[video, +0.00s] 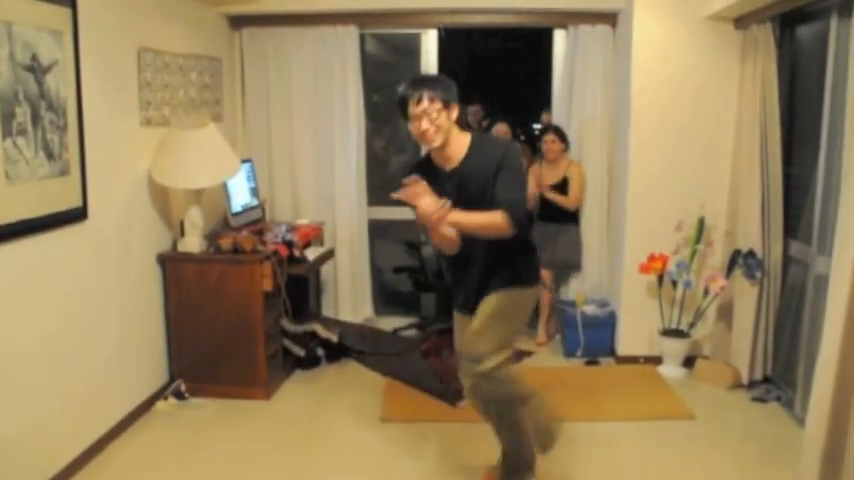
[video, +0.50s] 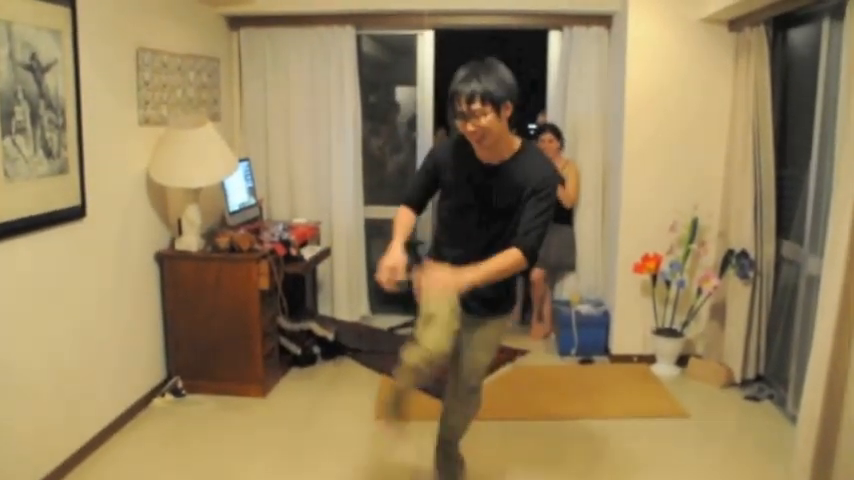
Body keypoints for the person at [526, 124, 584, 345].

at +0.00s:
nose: (548, 147)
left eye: (553, 142)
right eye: (545, 142)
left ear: (563, 146)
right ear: (540, 146)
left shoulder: (573, 168)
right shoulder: (536, 169)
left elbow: (573, 203)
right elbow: (530, 202)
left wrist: (547, 192)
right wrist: (533, 189)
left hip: (565, 227)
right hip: (542, 226)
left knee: (546, 275)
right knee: (548, 279)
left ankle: (543, 325)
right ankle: (553, 321)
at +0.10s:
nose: (547, 146)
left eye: (552, 142)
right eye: (544, 142)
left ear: (562, 146)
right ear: (539, 146)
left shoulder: (571, 167)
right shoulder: (536, 168)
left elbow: (572, 203)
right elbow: (529, 195)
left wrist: (546, 192)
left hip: (564, 229)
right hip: (539, 228)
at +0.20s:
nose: (547, 146)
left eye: (551, 141)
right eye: (543, 141)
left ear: (561, 145)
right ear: (538, 145)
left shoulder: (570, 167)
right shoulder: (535, 167)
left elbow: (571, 200)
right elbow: (528, 198)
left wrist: (553, 183)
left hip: (564, 228)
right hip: (538, 227)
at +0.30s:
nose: (547, 146)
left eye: (551, 141)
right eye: (543, 142)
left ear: (561, 144)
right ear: (538, 146)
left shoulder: (569, 166)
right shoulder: (535, 169)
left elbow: (568, 197)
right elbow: (530, 199)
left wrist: (559, 172)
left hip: (563, 228)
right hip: (539, 227)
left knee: (551, 280)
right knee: (540, 280)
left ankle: (550, 326)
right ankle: (547, 327)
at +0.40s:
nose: (546, 146)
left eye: (551, 141)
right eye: (543, 141)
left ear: (560, 144)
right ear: (538, 146)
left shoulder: (569, 165)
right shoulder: (537, 167)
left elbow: (569, 198)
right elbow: (531, 198)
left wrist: (561, 171)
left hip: (561, 225)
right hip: (539, 224)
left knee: (538, 274)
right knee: (544, 279)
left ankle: (536, 319)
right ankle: (548, 323)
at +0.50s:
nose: (545, 146)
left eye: (550, 141)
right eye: (542, 141)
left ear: (559, 144)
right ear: (537, 145)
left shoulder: (568, 166)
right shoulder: (538, 167)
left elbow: (568, 200)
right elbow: (532, 197)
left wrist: (553, 177)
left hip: (559, 225)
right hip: (539, 223)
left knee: (538, 273)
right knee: (543, 279)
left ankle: (535, 319)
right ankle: (547, 323)